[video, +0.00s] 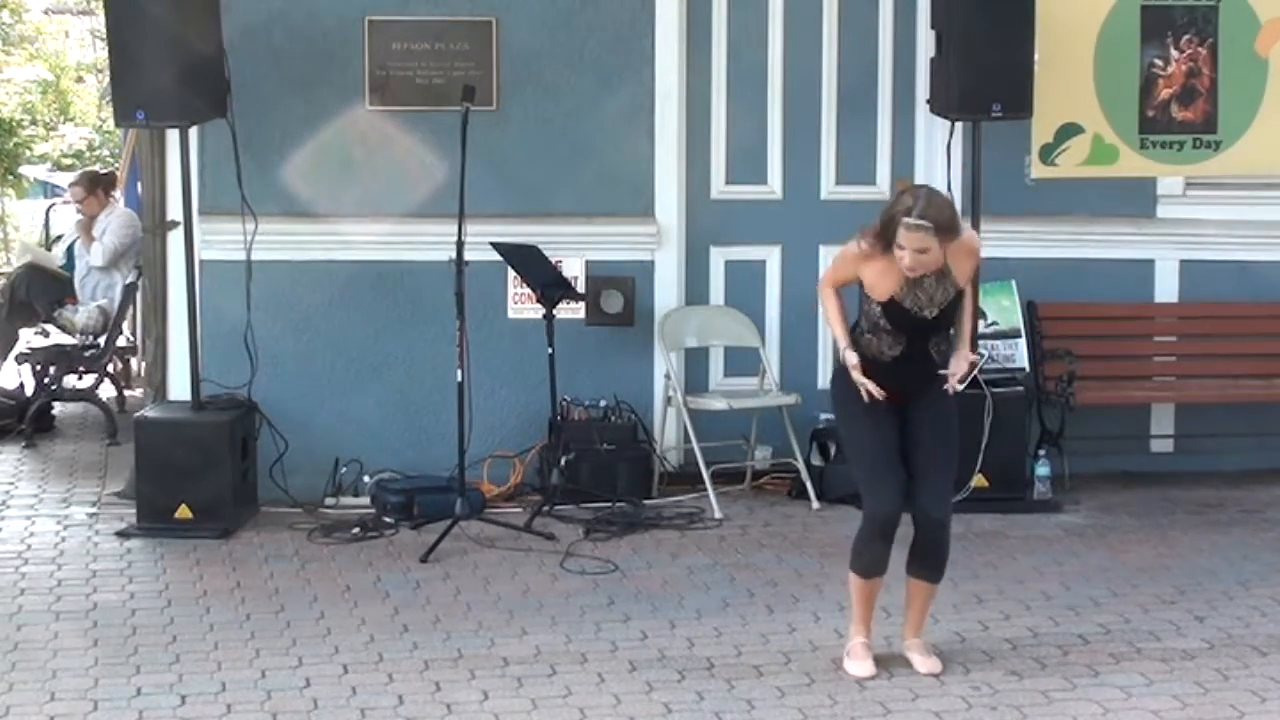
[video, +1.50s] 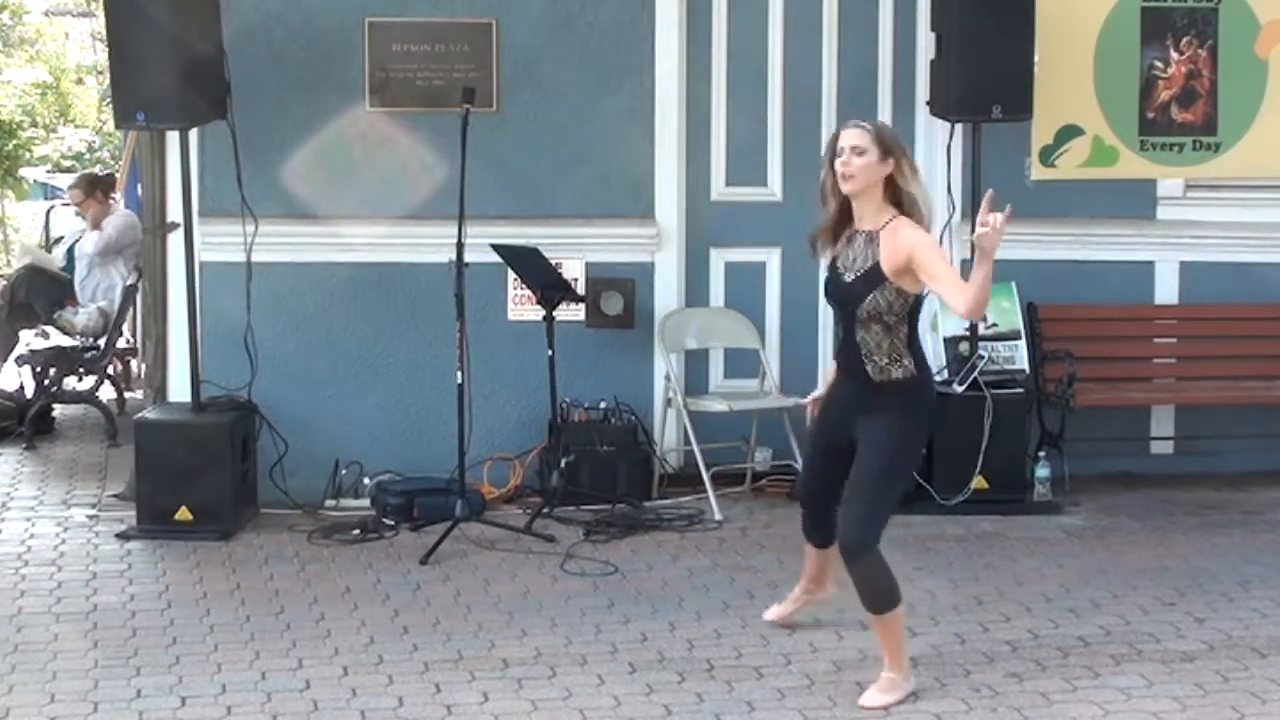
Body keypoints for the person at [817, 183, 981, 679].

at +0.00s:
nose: (909, 260)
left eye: (921, 251)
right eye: (901, 248)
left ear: (946, 240)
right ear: (890, 236)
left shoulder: (965, 251)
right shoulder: (865, 256)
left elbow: (967, 289)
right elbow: (828, 285)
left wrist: (965, 346)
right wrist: (848, 353)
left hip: (930, 383)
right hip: (865, 381)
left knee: (935, 510)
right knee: (884, 506)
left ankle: (913, 638)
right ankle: (859, 637)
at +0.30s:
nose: (846, 177)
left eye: (853, 168)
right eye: (846, 167)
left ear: (885, 174)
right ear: (881, 174)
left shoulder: (951, 218)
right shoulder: (867, 216)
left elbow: (992, 257)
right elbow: (872, 272)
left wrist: (979, 332)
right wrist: (837, 311)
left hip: (930, 373)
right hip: (867, 366)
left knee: (919, 512)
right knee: (828, 497)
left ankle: (912, 638)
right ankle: (820, 585)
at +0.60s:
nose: (809, 108)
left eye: (817, 100)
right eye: (812, 100)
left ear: (846, 108)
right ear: (840, 109)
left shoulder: (895, 163)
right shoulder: (833, 166)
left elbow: (964, 220)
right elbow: (856, 245)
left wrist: (963, 304)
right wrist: (825, 282)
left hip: (881, 330)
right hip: (829, 328)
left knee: (894, 468)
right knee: (820, 458)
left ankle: (920, 620)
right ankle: (817, 578)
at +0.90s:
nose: (821, 123)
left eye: (831, 116)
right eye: (811, 113)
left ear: (843, 130)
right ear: (790, 125)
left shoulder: (849, 190)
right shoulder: (794, 189)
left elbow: (911, 232)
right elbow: (810, 271)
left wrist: (970, 266)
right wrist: (802, 331)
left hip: (855, 344)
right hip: (808, 347)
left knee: (869, 472)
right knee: (801, 474)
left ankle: (887, 628)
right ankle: (834, 597)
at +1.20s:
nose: (837, 155)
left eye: (845, 147)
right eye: (825, 146)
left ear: (855, 159)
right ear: (802, 157)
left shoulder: (863, 222)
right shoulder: (803, 224)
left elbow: (929, 259)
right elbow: (818, 311)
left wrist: (968, 230)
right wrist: (794, 371)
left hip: (870, 384)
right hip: (820, 382)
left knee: (851, 509)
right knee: (794, 501)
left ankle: (891, 664)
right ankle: (836, 603)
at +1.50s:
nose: (844, 162)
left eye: (859, 152)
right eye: (839, 154)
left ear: (889, 165)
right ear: (833, 170)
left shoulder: (909, 237)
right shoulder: (846, 240)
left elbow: (969, 305)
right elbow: (858, 333)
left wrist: (985, 254)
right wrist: (829, 389)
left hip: (898, 401)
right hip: (847, 395)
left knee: (856, 535)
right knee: (815, 491)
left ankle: (897, 671)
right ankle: (815, 584)